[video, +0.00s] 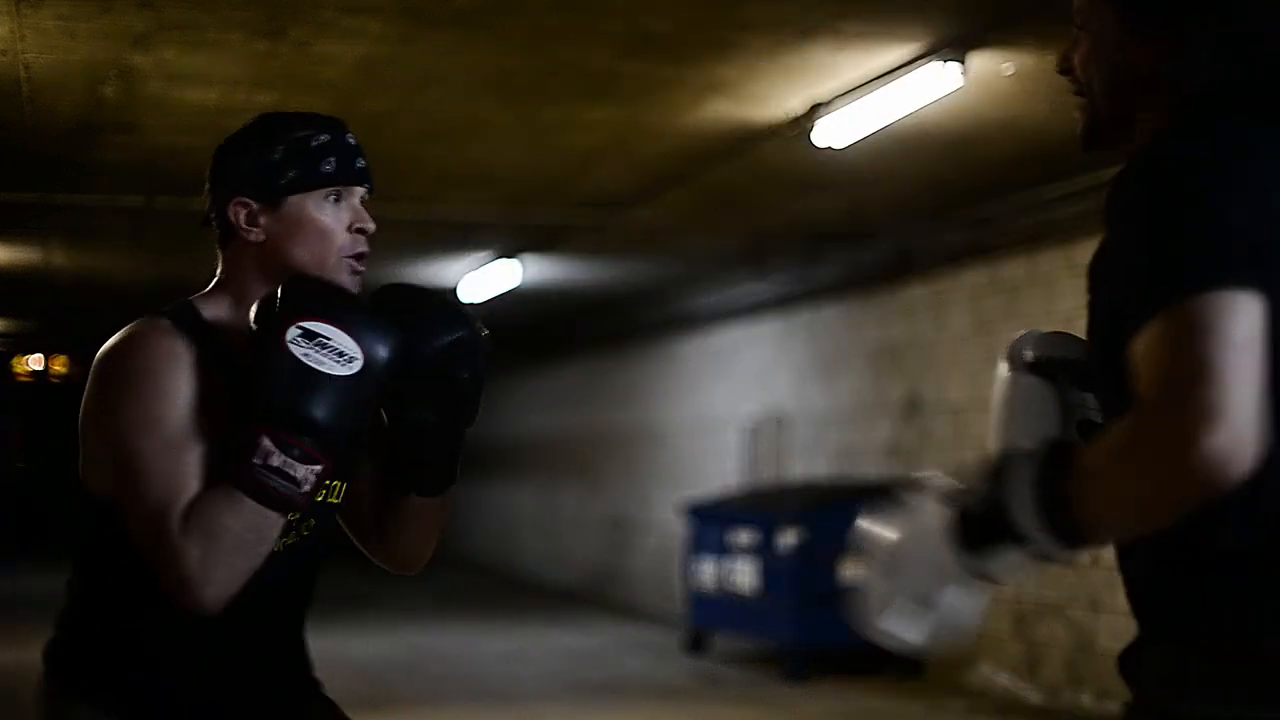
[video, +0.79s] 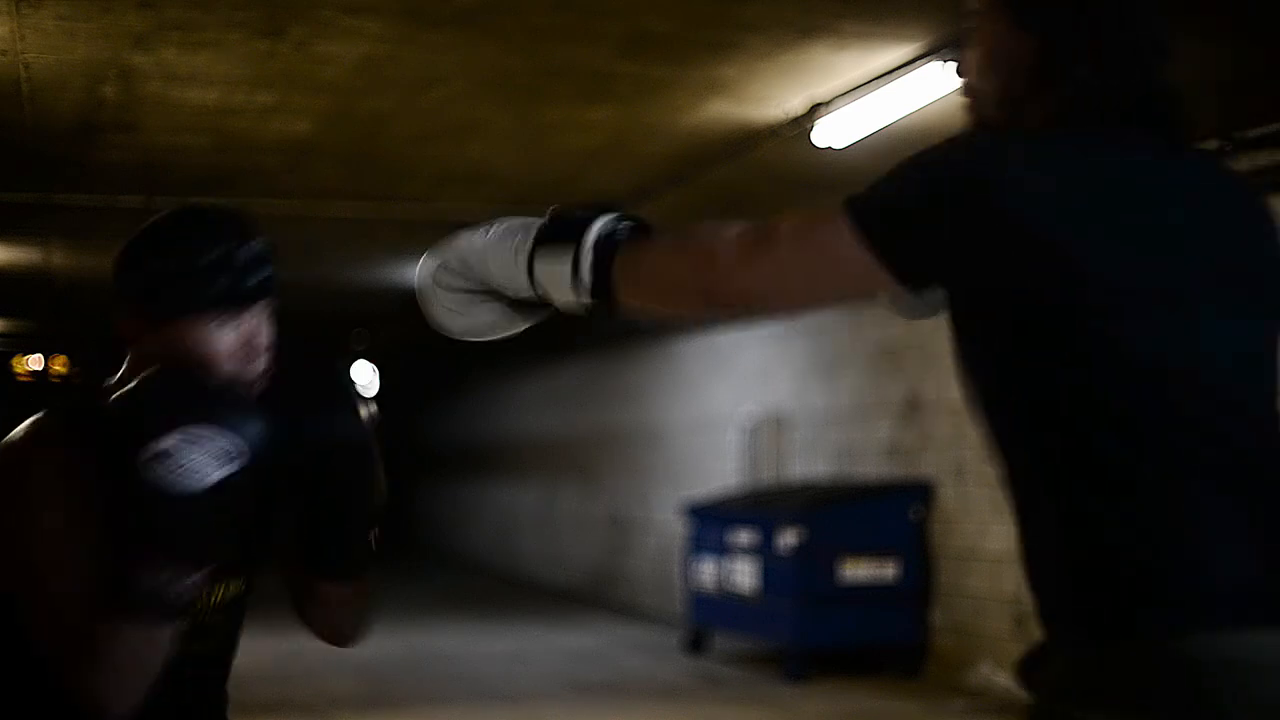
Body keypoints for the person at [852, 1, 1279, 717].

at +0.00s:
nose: (1066, 63)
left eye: (1085, 29)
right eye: (1073, 34)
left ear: (1159, 32)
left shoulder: (1190, 170)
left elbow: (1206, 437)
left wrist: (989, 520)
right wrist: (1112, 385)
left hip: (1240, 664)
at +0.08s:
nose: (1047, 54)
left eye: (1068, 21)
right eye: (1057, 25)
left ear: (1142, 29)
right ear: (1160, 37)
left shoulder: (1180, 173)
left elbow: (1139, 459)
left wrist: (917, 475)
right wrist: (1093, 386)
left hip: (1223, 667)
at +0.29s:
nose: (1048, 39)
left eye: (1071, 12)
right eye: (1058, 15)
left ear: (1141, 22)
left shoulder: (1164, 179)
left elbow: (1055, 463)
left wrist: (896, 350)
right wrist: (1015, 342)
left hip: (1221, 663)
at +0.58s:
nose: (1046, 64)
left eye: (1071, 33)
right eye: (1056, 36)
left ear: (1141, 43)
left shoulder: (1191, 185)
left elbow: (1084, 454)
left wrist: (969, 321)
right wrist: (1045, 284)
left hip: (1209, 650)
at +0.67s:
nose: (1018, 65)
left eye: (1040, 36)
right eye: (1026, 37)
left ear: (1104, 44)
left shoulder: (1096, 184)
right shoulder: (1240, 179)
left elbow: (916, 379)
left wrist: (841, 314)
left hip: (1169, 632)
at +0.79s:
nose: (961, 68)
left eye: (973, 42)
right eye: (964, 43)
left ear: (1032, 50)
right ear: (1133, 48)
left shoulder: (1000, 184)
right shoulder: (1226, 199)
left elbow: (738, 273)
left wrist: (554, 259)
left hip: (1141, 655)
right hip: (1266, 642)